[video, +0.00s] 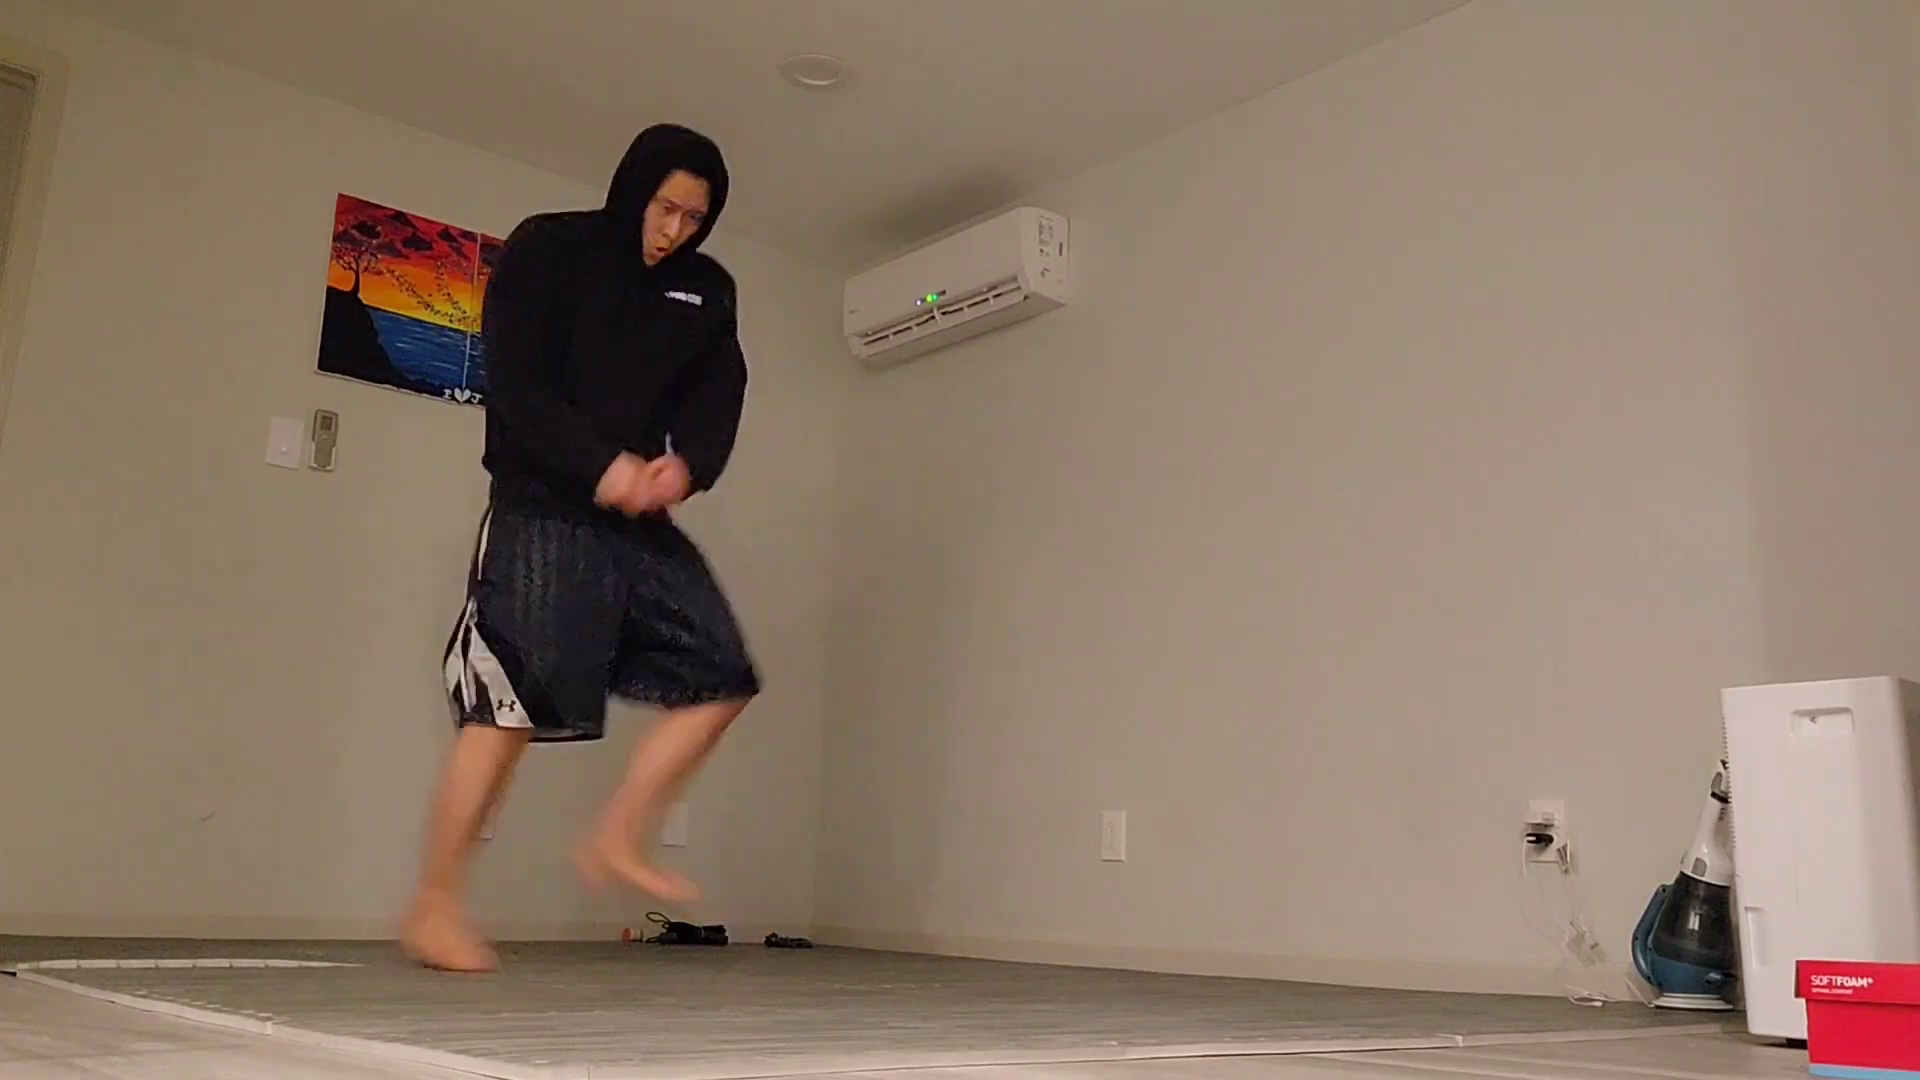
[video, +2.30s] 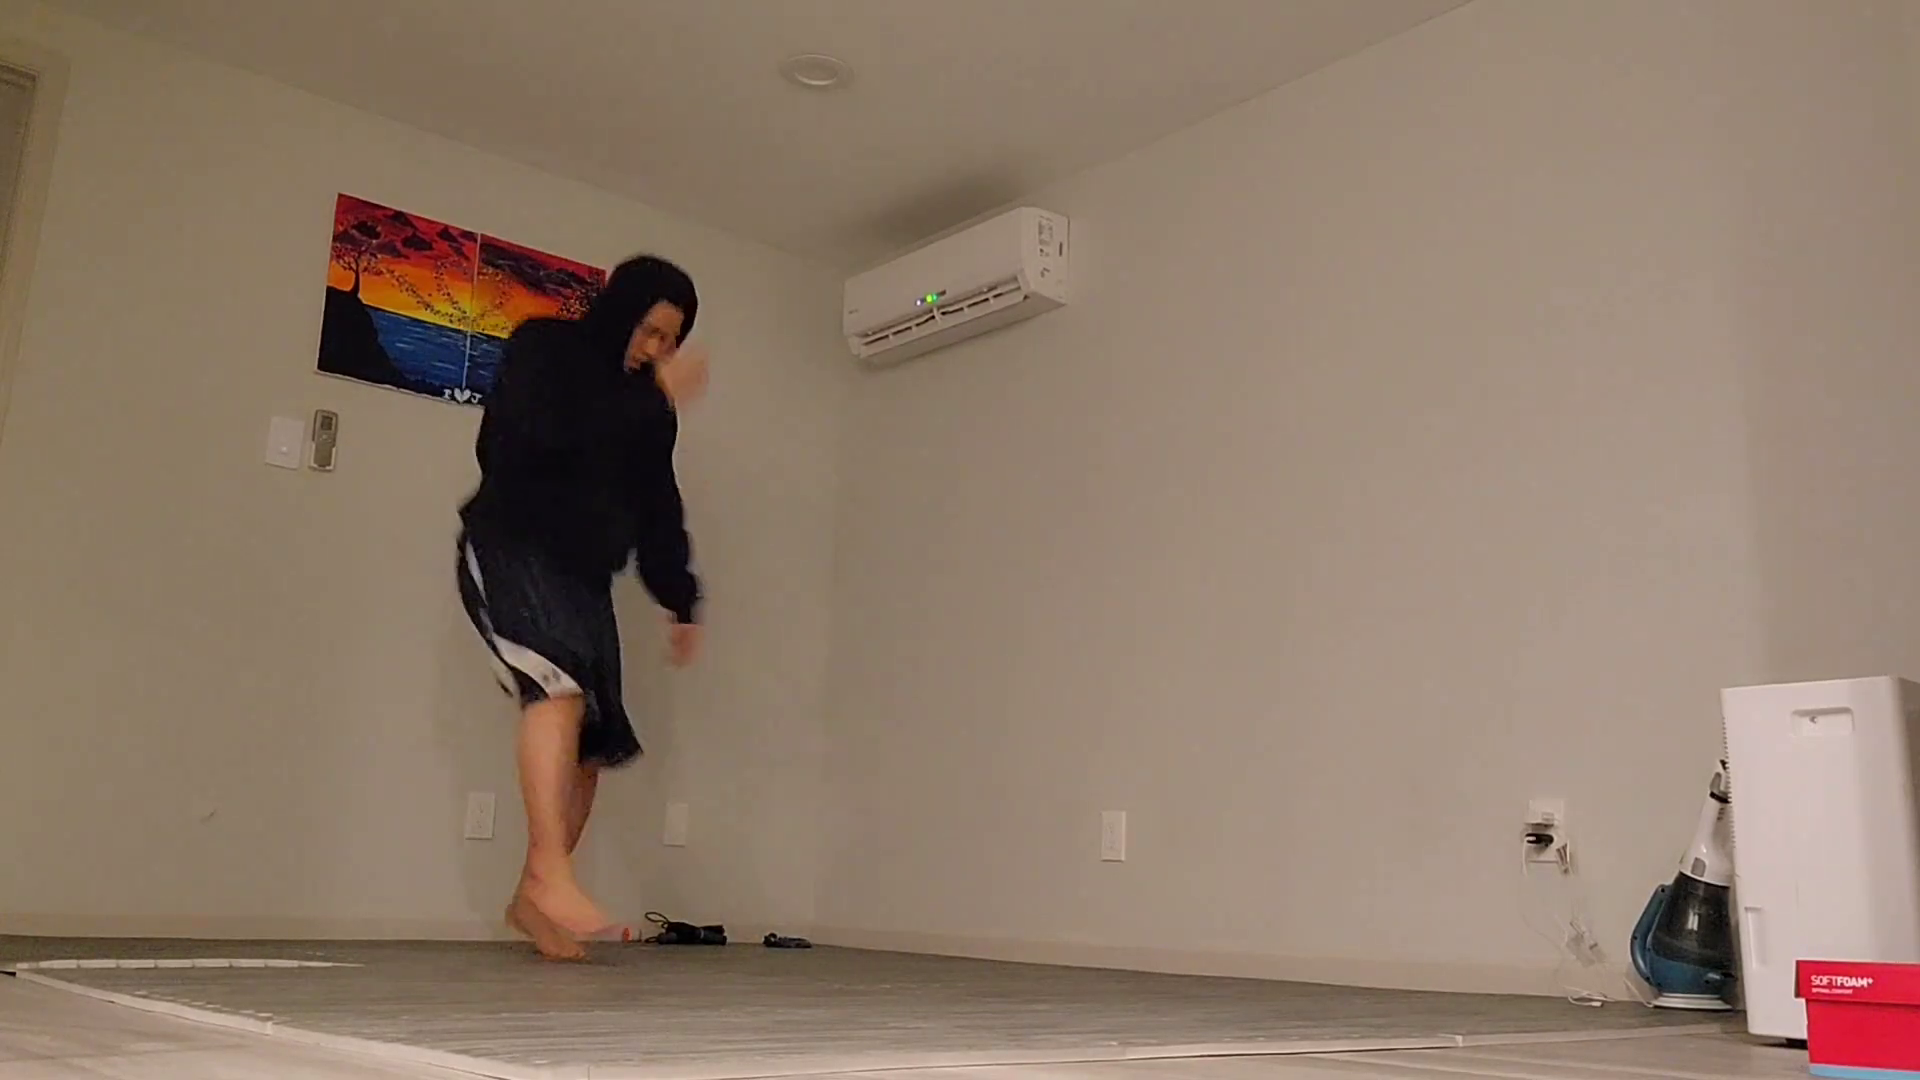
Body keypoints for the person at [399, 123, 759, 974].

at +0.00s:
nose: (675, 230)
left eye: (693, 217)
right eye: (666, 207)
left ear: (706, 218)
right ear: (630, 190)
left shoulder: (705, 285)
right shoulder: (546, 248)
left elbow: (718, 393)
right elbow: (513, 386)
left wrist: (684, 467)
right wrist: (603, 463)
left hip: (643, 522)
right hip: (542, 512)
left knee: (720, 682)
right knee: (504, 708)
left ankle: (617, 838)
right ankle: (433, 908)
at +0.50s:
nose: (730, 275)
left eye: (747, 263)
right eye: (721, 254)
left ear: (759, 266)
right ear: (687, 239)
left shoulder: (760, 341)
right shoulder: (596, 294)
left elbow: (764, 456)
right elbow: (535, 411)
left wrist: (697, 518)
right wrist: (606, 495)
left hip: (677, 551)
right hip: (569, 532)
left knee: (697, 734)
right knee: (527, 681)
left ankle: (688, 925)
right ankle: (533, 833)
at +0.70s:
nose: (694, 279)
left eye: (710, 268)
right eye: (684, 260)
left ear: (722, 272)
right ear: (651, 250)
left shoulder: (737, 335)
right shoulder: (578, 312)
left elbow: (804, 417)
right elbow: (490, 396)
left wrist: (793, 486)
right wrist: (536, 448)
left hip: (677, 584)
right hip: (566, 575)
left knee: (698, 765)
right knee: (509, 732)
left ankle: (717, 932)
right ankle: (489, 923)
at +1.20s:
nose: (643, 268)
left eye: (655, 256)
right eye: (632, 249)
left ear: (663, 256)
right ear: (593, 236)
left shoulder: (665, 320)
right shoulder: (517, 304)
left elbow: (702, 410)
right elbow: (445, 407)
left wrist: (695, 458)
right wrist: (512, 470)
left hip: (638, 554)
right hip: (541, 553)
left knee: (654, 727)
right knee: (521, 726)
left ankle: (608, 906)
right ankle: (488, 897)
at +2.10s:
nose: (660, 368)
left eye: (670, 358)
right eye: (656, 350)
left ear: (667, 361)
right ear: (619, 335)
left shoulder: (628, 415)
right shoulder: (552, 387)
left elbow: (659, 492)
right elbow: (534, 477)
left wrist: (721, 547)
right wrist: (606, 549)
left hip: (586, 601)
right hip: (525, 594)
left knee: (607, 766)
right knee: (584, 742)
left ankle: (533, 917)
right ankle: (564, 928)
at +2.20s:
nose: (661, 372)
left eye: (672, 363)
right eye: (658, 353)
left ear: (671, 366)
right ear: (622, 334)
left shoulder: (639, 422)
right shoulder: (548, 381)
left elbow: (661, 515)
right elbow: (524, 475)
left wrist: (723, 587)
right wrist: (646, 492)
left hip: (591, 595)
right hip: (520, 578)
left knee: (605, 759)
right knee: (577, 714)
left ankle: (537, 913)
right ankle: (566, 912)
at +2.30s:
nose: (655, 349)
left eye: (667, 339)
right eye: (649, 328)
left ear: (673, 343)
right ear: (617, 307)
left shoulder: (647, 399)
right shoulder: (543, 345)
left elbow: (656, 503)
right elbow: (526, 445)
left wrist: (680, 599)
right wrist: (655, 400)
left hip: (581, 567)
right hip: (508, 540)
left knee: (589, 734)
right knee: (557, 688)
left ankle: (535, 897)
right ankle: (549, 879)